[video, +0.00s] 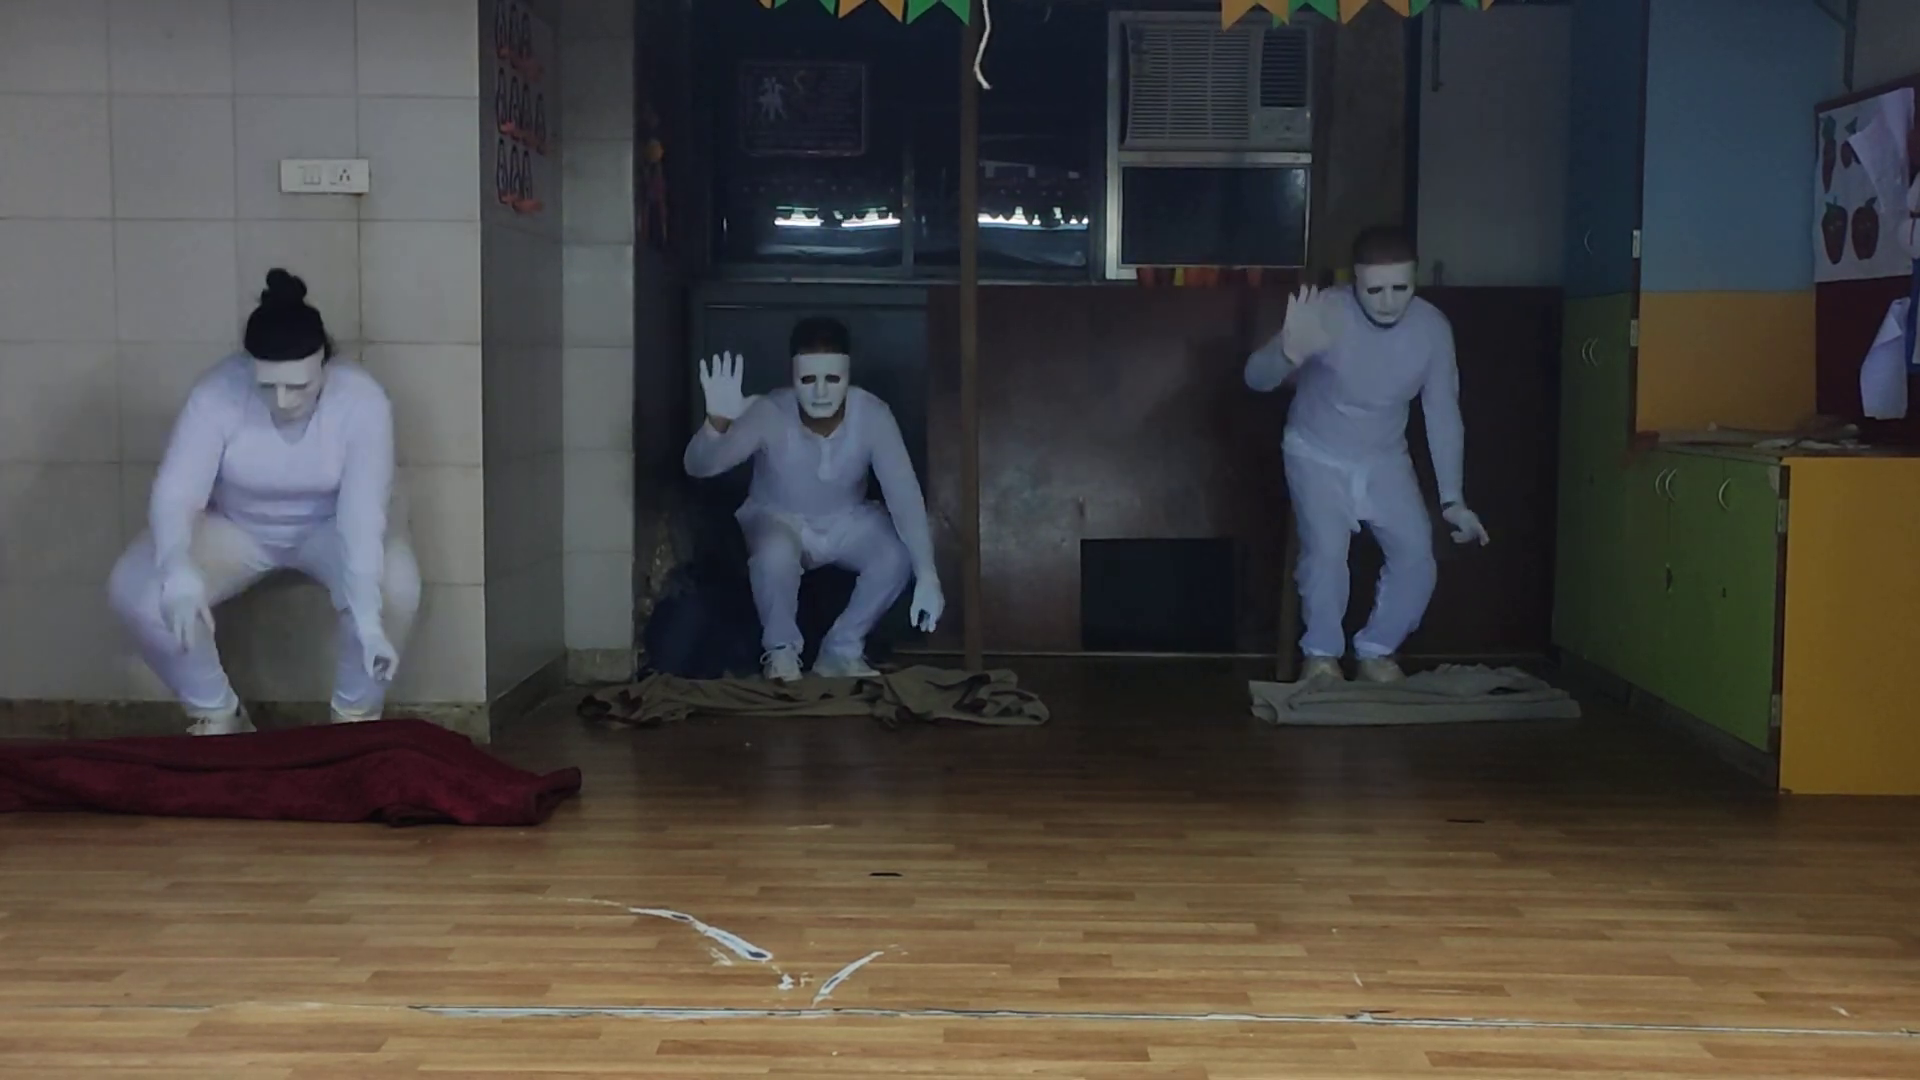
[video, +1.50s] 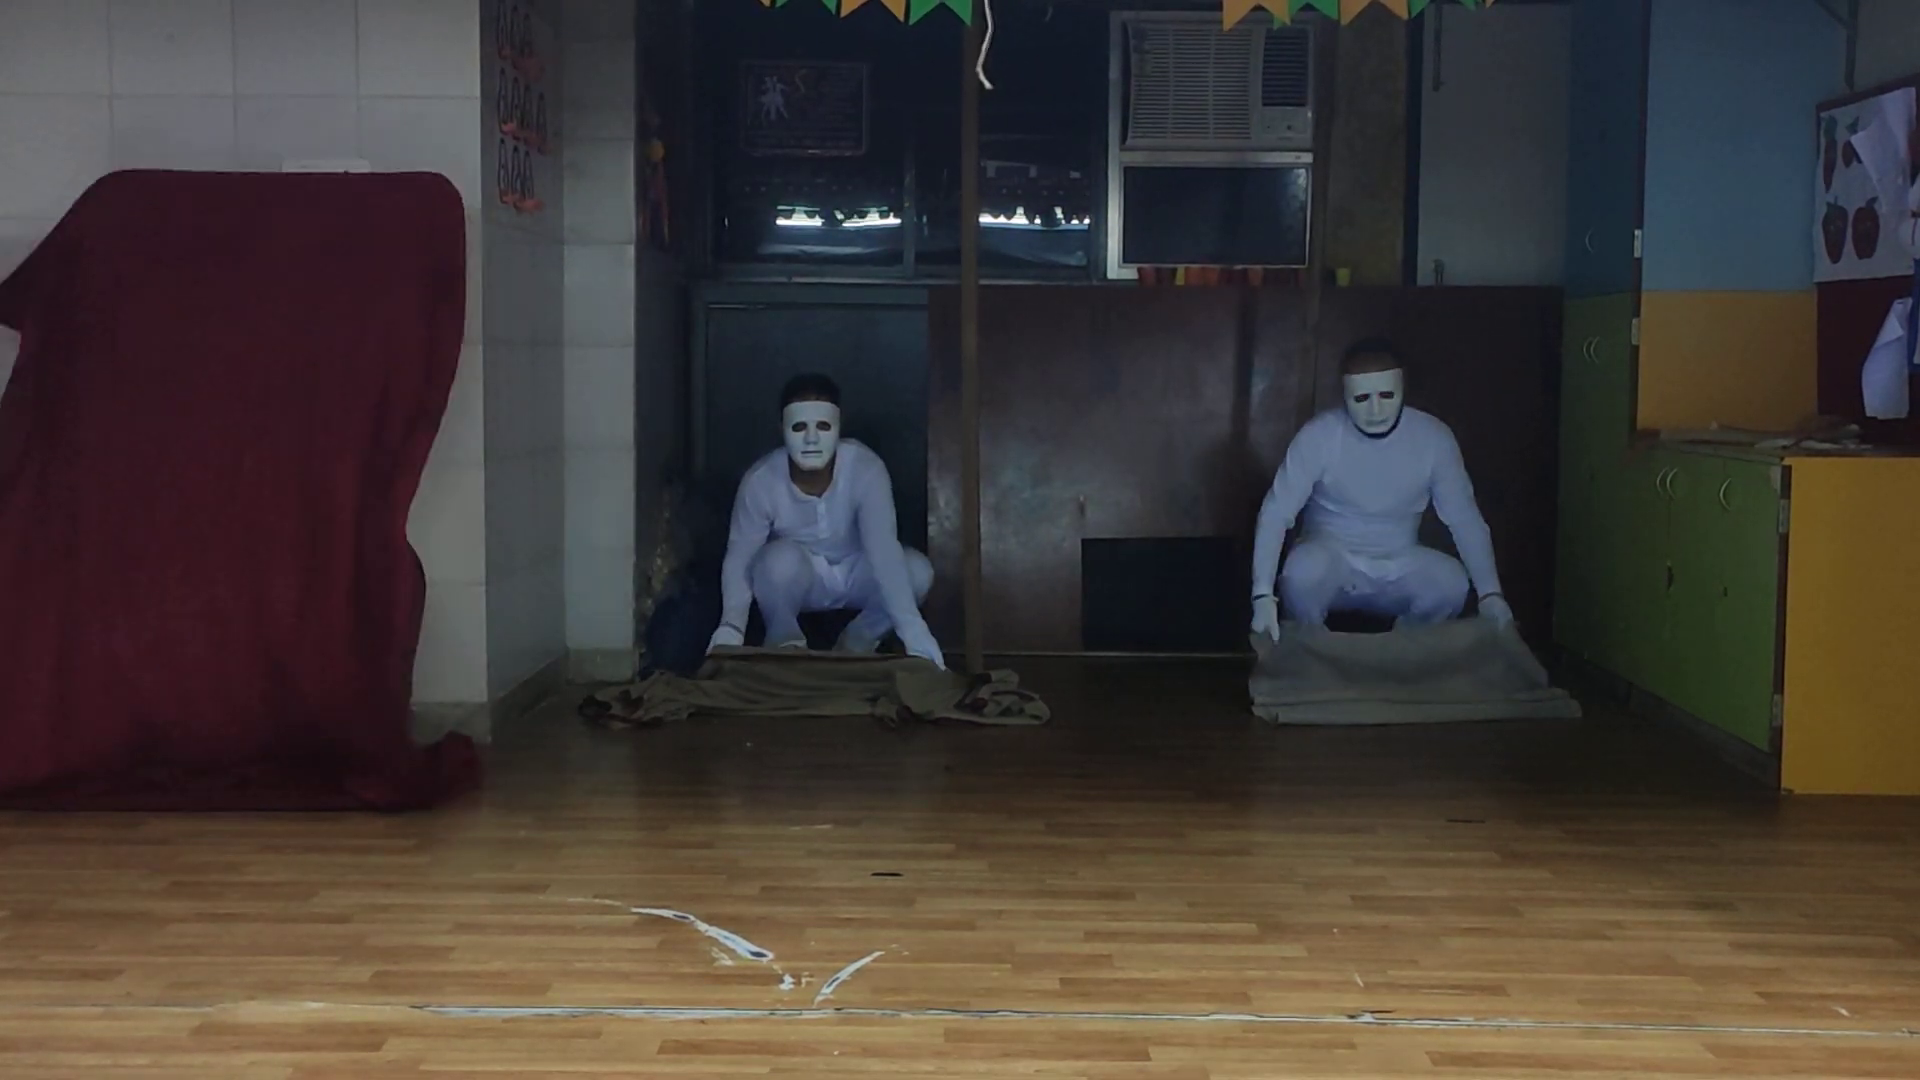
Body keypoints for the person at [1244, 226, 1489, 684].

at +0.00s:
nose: (1388, 301)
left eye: (1399, 288)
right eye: (1375, 289)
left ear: (1413, 281)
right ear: (1356, 281)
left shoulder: (1431, 330)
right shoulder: (1325, 313)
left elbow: (1443, 417)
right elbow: (1257, 379)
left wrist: (1452, 500)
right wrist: (1287, 350)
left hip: (1386, 458)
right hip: (1318, 454)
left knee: (1415, 563)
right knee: (1326, 555)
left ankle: (1374, 651)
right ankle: (1321, 657)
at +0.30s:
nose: (1396, 409)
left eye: (1407, 398)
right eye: (1384, 398)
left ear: (1423, 379)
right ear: (1366, 377)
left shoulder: (1446, 405)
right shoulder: (1334, 393)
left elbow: (1460, 491)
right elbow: (1280, 472)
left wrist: (1470, 580)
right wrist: (1282, 529)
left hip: (1395, 499)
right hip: (1328, 493)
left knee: (1434, 561)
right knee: (1332, 555)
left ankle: (1380, 653)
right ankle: (1328, 655)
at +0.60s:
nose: (1392, 478)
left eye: (1403, 468)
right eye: (1381, 468)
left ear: (1418, 449)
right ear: (1362, 448)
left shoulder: (1444, 467)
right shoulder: (1329, 463)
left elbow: (1466, 552)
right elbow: (1294, 549)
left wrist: (1480, 640)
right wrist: (1296, 638)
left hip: (1400, 568)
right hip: (1341, 564)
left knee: (1438, 578)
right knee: (1331, 569)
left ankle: (1385, 652)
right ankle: (1327, 655)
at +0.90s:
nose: (1387, 479)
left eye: (1398, 468)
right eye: (1375, 469)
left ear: (1414, 451)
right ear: (1358, 452)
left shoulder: (1441, 470)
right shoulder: (1327, 468)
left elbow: (1462, 549)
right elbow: (1291, 552)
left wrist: (1479, 633)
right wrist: (1289, 637)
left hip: (1400, 573)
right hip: (1340, 570)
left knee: (1438, 578)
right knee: (1330, 568)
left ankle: (1390, 645)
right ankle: (1326, 647)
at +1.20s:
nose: (1379, 456)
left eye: (1391, 443)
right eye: (1367, 445)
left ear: (1408, 431)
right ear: (1350, 435)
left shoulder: (1437, 460)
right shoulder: (1323, 460)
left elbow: (1461, 541)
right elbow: (1285, 543)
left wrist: (1482, 618)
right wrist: (1286, 626)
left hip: (1403, 571)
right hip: (1340, 570)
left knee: (1444, 581)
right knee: (1324, 569)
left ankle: (1404, 643)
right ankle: (1319, 645)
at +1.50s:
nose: (1375, 410)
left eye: (1386, 396)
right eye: (1362, 398)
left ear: (1402, 392)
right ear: (1346, 396)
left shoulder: (1433, 439)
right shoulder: (1319, 438)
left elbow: (1465, 520)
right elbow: (1275, 514)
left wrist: (1490, 594)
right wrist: (1262, 595)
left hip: (1401, 566)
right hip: (1335, 563)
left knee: (1450, 583)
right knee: (1302, 574)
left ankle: (1403, 667)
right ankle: (1308, 665)